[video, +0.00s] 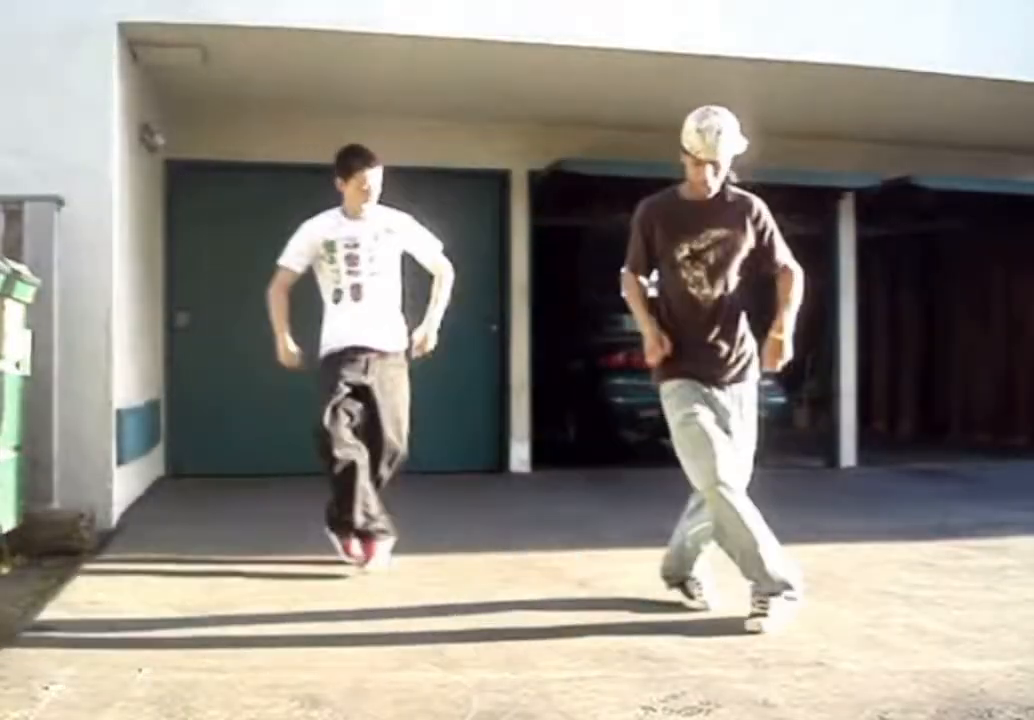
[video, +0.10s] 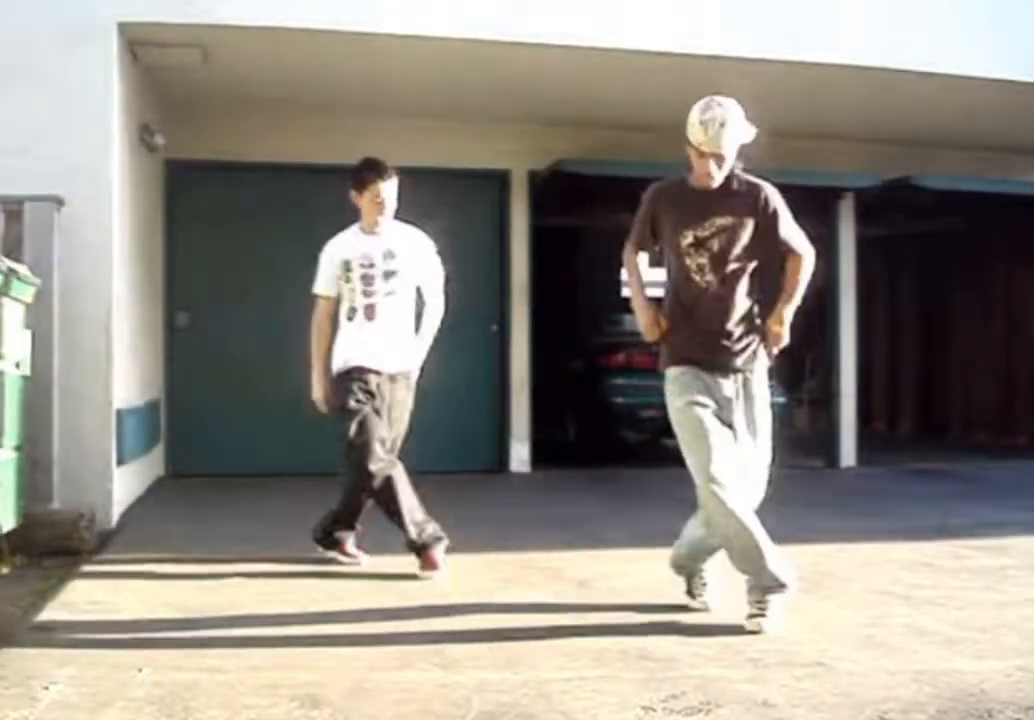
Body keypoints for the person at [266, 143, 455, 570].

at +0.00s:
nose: (371, 193)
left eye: (375, 184)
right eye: (362, 185)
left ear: (381, 183)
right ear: (342, 184)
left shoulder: (397, 225)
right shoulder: (318, 229)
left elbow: (444, 270)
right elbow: (278, 286)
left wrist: (431, 324)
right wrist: (283, 337)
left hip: (390, 348)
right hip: (341, 348)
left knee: (393, 444)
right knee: (338, 435)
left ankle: (343, 519)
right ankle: (377, 528)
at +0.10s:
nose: (384, 205)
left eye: (389, 196)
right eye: (376, 197)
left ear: (396, 196)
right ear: (356, 197)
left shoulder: (417, 244)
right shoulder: (337, 249)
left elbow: (434, 302)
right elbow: (323, 313)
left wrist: (418, 351)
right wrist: (319, 373)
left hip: (401, 360)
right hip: (354, 359)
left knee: (381, 455)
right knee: (373, 454)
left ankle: (338, 528)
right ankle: (427, 537)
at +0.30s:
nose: (420, 196)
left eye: (427, 187)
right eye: (412, 188)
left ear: (441, 181)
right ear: (400, 185)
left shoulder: (463, 222)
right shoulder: (388, 233)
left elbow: (475, 286)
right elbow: (368, 298)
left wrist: (495, 338)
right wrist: (338, 356)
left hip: (463, 352)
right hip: (413, 353)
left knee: (498, 431)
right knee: (399, 438)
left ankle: (464, 517)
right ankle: (393, 536)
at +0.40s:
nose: (442, 214)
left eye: (449, 206)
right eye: (435, 206)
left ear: (464, 203)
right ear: (425, 205)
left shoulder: (480, 243)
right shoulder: (411, 252)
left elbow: (491, 300)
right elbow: (380, 313)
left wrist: (547, 316)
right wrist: (327, 349)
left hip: (488, 372)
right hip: (441, 375)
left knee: (537, 448)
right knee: (414, 455)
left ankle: (559, 539)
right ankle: (349, 539)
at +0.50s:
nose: (449, 233)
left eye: (456, 224)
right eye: (441, 224)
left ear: (472, 221)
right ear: (432, 224)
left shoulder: (488, 265)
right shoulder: (421, 276)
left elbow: (523, 302)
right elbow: (375, 323)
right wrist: (326, 299)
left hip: (505, 392)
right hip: (458, 399)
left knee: (558, 466)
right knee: (434, 487)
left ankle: (572, 543)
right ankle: (354, 544)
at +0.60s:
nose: (435, 209)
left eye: (443, 201)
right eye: (428, 201)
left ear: (457, 199)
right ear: (417, 201)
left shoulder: (471, 239)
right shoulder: (402, 244)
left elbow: (507, 270)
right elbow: (353, 290)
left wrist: (529, 225)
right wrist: (350, 267)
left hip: (483, 369)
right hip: (434, 370)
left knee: (522, 452)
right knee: (428, 456)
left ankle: (565, 536)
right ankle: (362, 541)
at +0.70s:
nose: (422, 195)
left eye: (429, 187)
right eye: (415, 187)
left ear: (442, 185)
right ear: (403, 186)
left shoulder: (456, 225)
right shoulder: (384, 228)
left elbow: (484, 265)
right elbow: (343, 277)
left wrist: (522, 248)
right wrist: (359, 283)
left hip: (463, 351)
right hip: (414, 350)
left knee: (501, 436)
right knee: (418, 435)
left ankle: (521, 532)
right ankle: (376, 529)